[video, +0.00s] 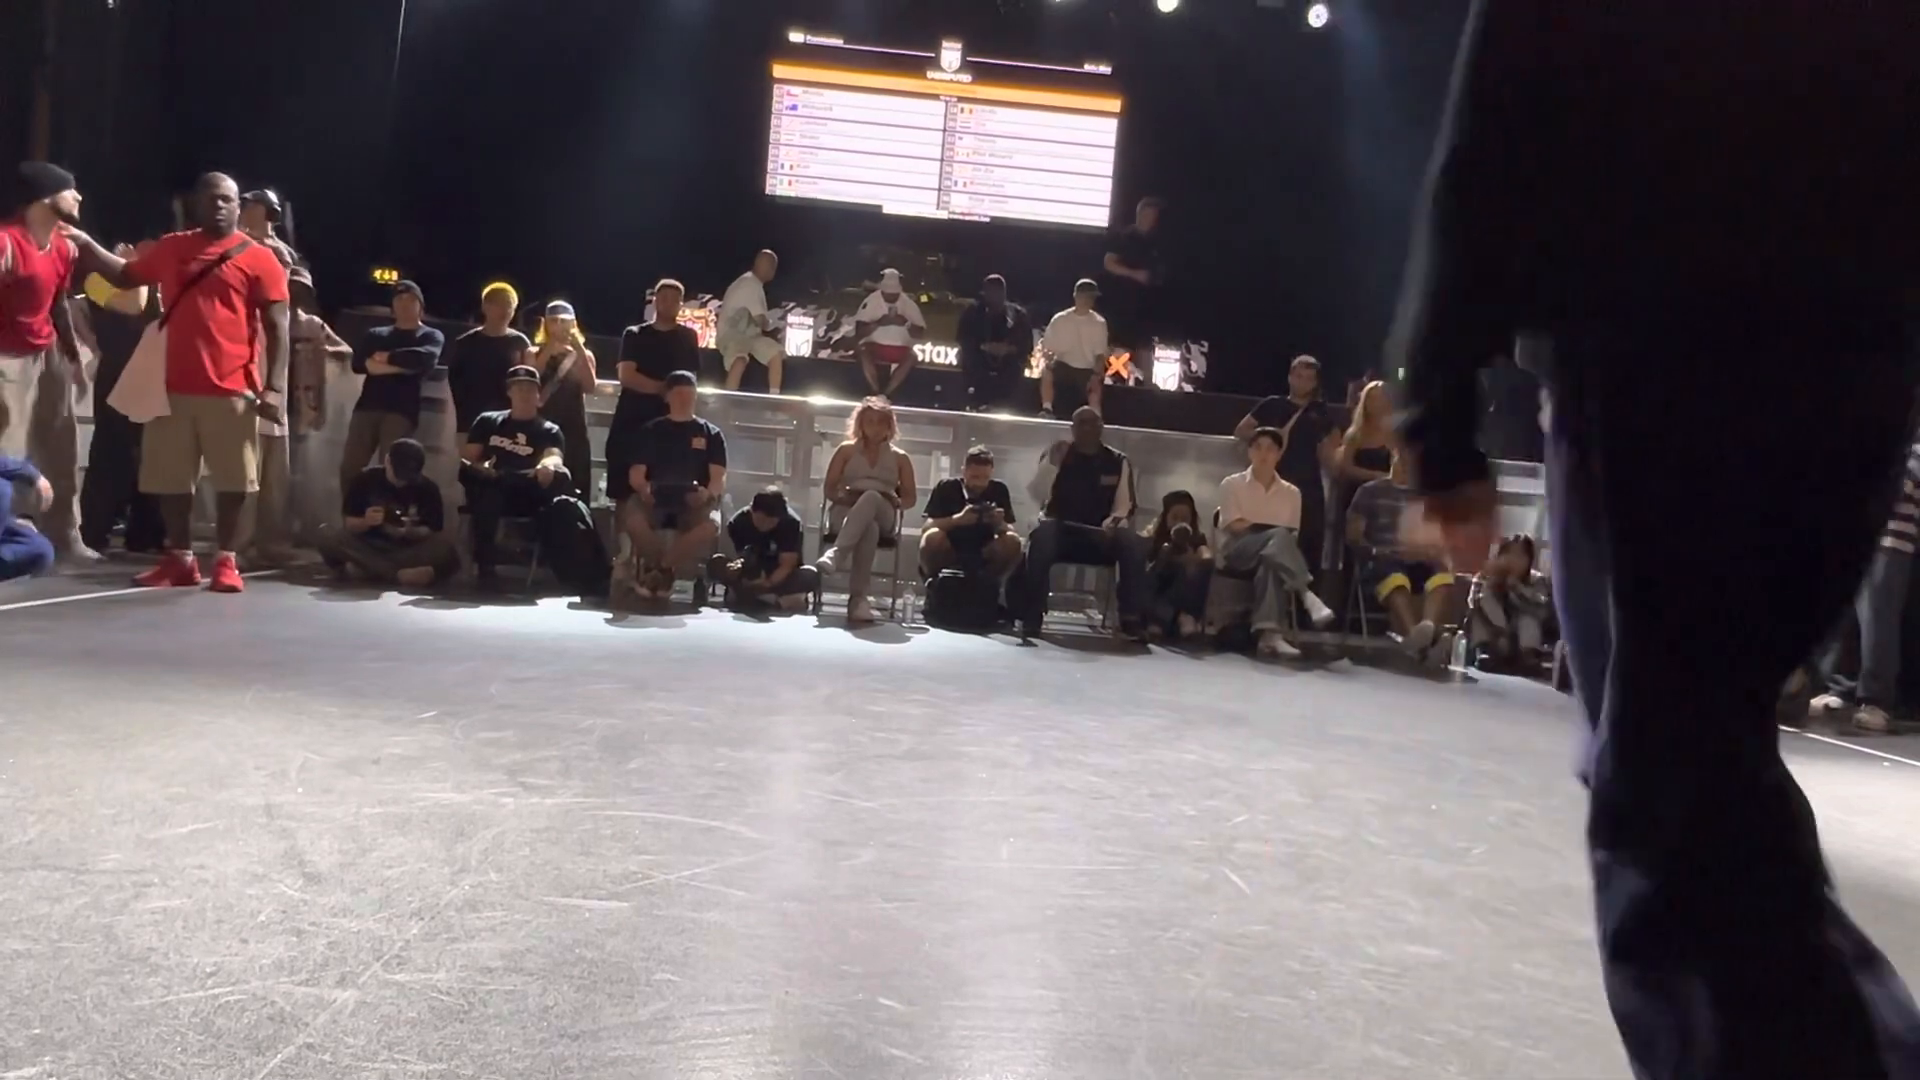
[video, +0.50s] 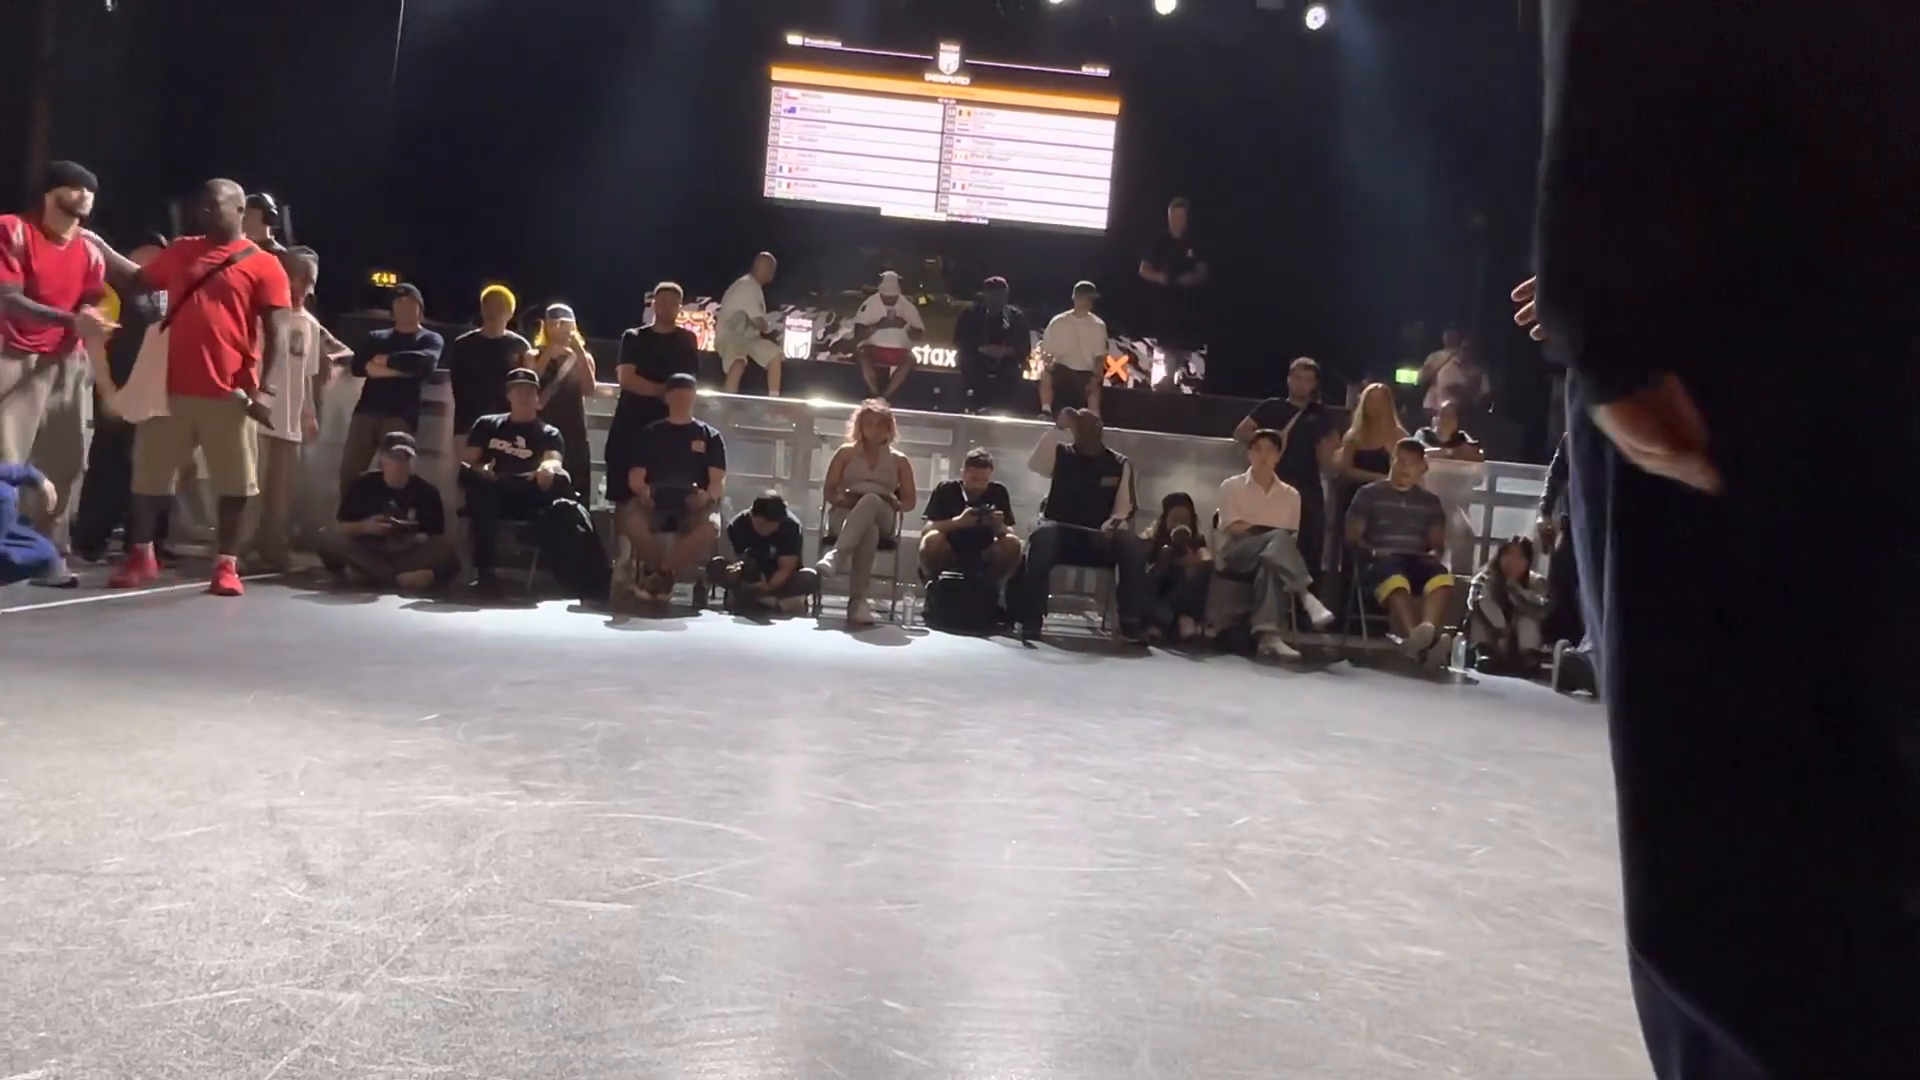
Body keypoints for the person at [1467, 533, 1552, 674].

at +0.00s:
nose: (1513, 562)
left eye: (1520, 557)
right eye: (1508, 556)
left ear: (1529, 561)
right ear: (1499, 559)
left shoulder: (1539, 583)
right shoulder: (1486, 583)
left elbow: (1543, 610)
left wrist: (1516, 587)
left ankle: (1529, 654)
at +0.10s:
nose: (1512, 560)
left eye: (1519, 556)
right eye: (1508, 554)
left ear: (1528, 560)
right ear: (1500, 557)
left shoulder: (1536, 581)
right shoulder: (1485, 578)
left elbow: (1542, 609)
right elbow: (1478, 602)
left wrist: (1516, 587)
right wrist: (1500, 630)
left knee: (1528, 617)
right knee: (1479, 612)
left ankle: (1529, 654)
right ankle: (1482, 650)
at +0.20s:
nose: (1512, 561)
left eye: (1520, 556)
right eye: (1508, 554)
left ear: (1528, 561)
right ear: (1499, 558)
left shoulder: (1536, 581)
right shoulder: (1484, 579)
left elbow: (1542, 609)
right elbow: (1478, 601)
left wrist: (1514, 586)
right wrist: (1500, 626)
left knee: (1527, 614)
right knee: (1479, 613)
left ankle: (1529, 653)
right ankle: (1482, 652)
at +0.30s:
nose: (1512, 562)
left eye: (1520, 557)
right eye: (1508, 555)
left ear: (1528, 562)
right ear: (1500, 559)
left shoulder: (1537, 583)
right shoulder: (1484, 580)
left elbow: (1543, 610)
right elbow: (1478, 602)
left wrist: (1514, 588)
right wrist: (1501, 628)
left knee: (1528, 614)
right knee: (1480, 613)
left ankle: (1530, 656)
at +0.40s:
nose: (1512, 562)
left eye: (1519, 557)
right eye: (1508, 555)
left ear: (1528, 562)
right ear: (1500, 559)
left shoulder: (1537, 583)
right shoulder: (1484, 580)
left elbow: (1543, 610)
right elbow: (1478, 603)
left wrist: (1514, 588)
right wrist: (1501, 629)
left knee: (1528, 615)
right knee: (1480, 614)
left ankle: (1531, 658)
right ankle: (1482, 655)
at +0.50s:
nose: (1511, 561)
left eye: (1518, 557)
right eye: (1507, 555)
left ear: (1528, 562)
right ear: (1499, 558)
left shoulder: (1537, 582)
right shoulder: (1484, 579)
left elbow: (1541, 609)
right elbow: (1478, 603)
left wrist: (1514, 587)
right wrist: (1500, 628)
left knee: (1526, 618)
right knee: (1479, 616)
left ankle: (1530, 659)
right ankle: (1482, 656)